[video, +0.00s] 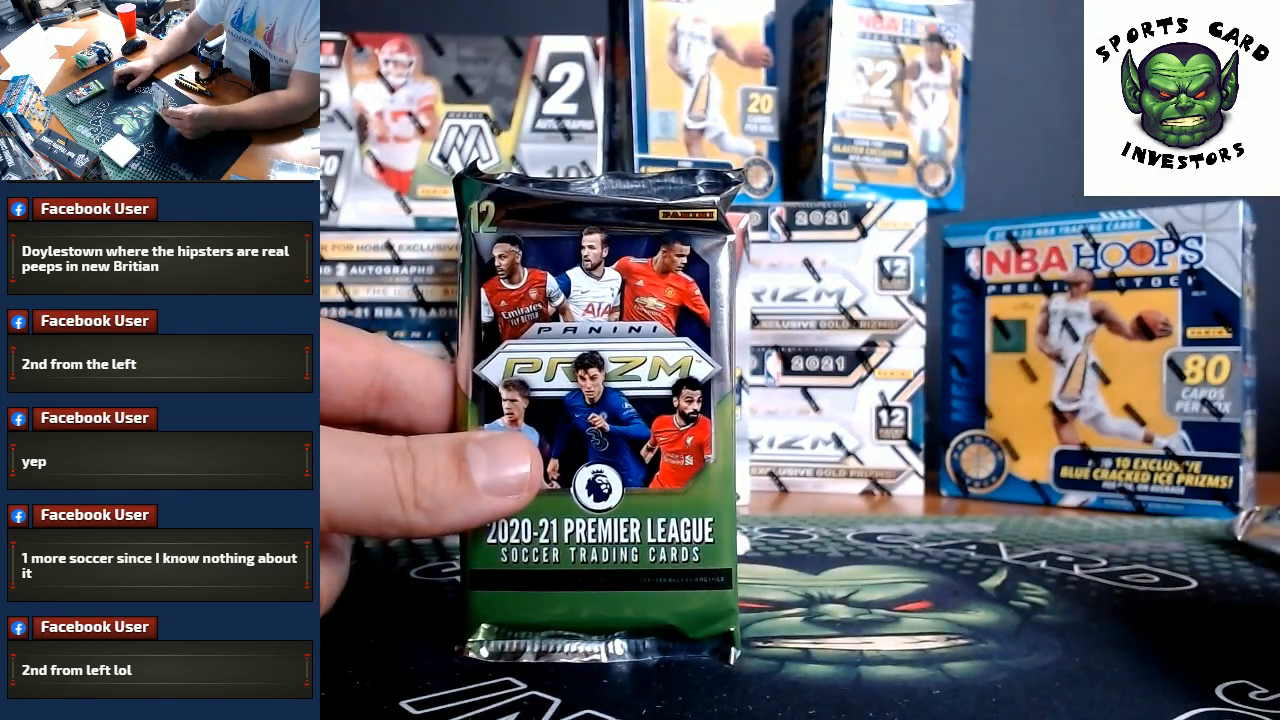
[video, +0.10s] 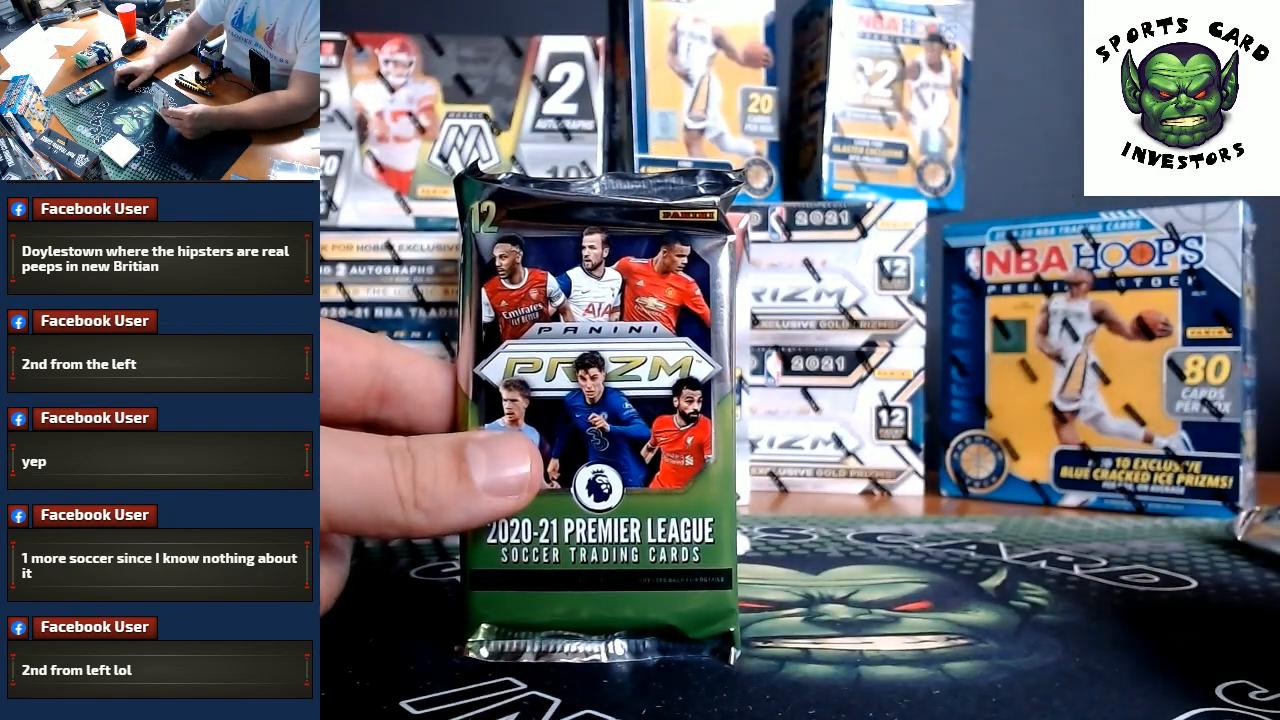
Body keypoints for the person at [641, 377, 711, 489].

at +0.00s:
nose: (695, 407)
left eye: (699, 401)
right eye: (689, 401)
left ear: (701, 401)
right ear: (675, 402)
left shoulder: (706, 427)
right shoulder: (660, 424)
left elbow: (711, 466)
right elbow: (650, 448)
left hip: (689, 494)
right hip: (659, 489)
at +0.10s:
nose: (696, 407)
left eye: (699, 401)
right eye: (689, 401)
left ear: (702, 401)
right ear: (676, 402)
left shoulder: (706, 428)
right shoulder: (660, 423)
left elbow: (712, 466)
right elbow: (650, 448)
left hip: (689, 494)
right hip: (659, 489)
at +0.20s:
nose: (696, 407)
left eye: (699, 401)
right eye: (689, 402)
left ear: (702, 401)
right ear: (676, 402)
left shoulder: (707, 428)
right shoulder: (660, 424)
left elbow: (712, 467)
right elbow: (650, 448)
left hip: (689, 494)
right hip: (659, 489)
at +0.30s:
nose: (696, 408)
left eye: (699, 402)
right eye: (690, 402)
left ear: (702, 402)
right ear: (676, 402)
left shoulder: (707, 429)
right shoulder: (660, 424)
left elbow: (712, 467)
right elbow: (650, 449)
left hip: (690, 493)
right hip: (660, 489)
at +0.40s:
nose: (696, 408)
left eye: (699, 402)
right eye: (689, 402)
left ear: (701, 402)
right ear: (675, 403)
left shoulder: (706, 429)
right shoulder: (660, 425)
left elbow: (711, 466)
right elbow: (650, 449)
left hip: (689, 494)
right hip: (659, 490)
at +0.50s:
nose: (696, 408)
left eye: (699, 402)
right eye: (689, 402)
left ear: (702, 402)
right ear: (676, 403)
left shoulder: (706, 429)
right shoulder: (660, 425)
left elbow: (712, 466)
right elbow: (650, 448)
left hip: (689, 494)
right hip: (659, 490)